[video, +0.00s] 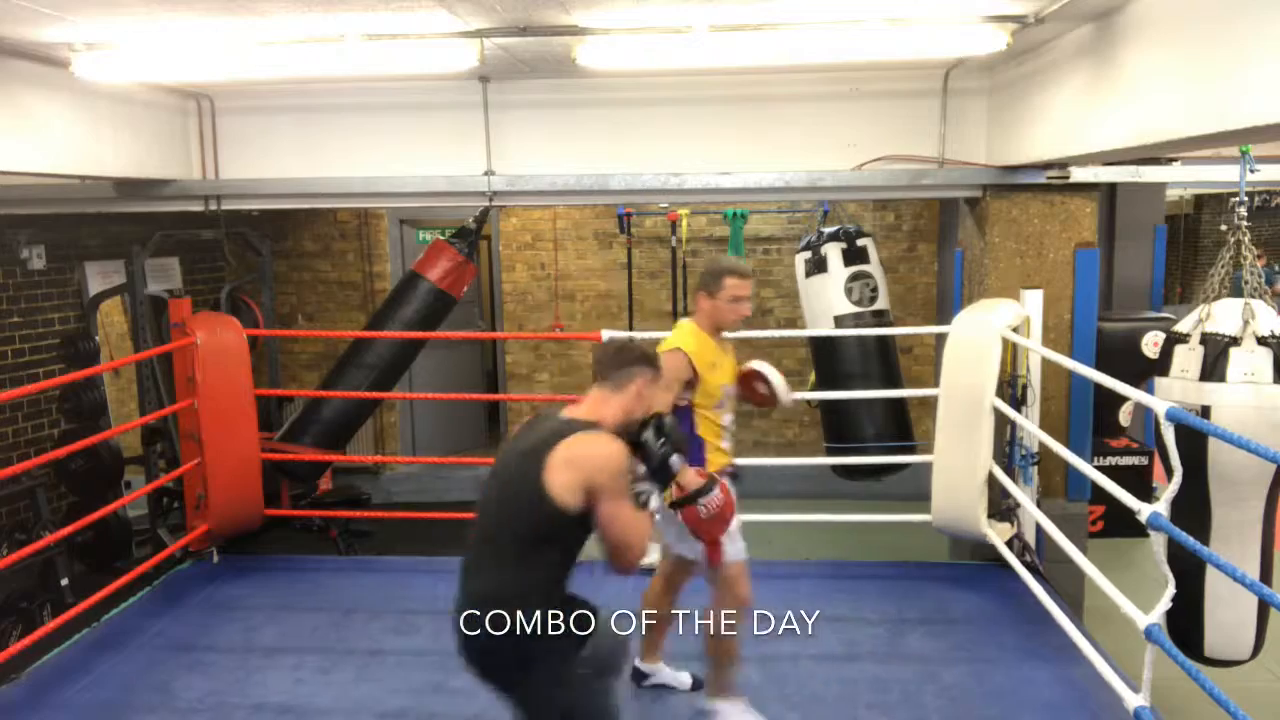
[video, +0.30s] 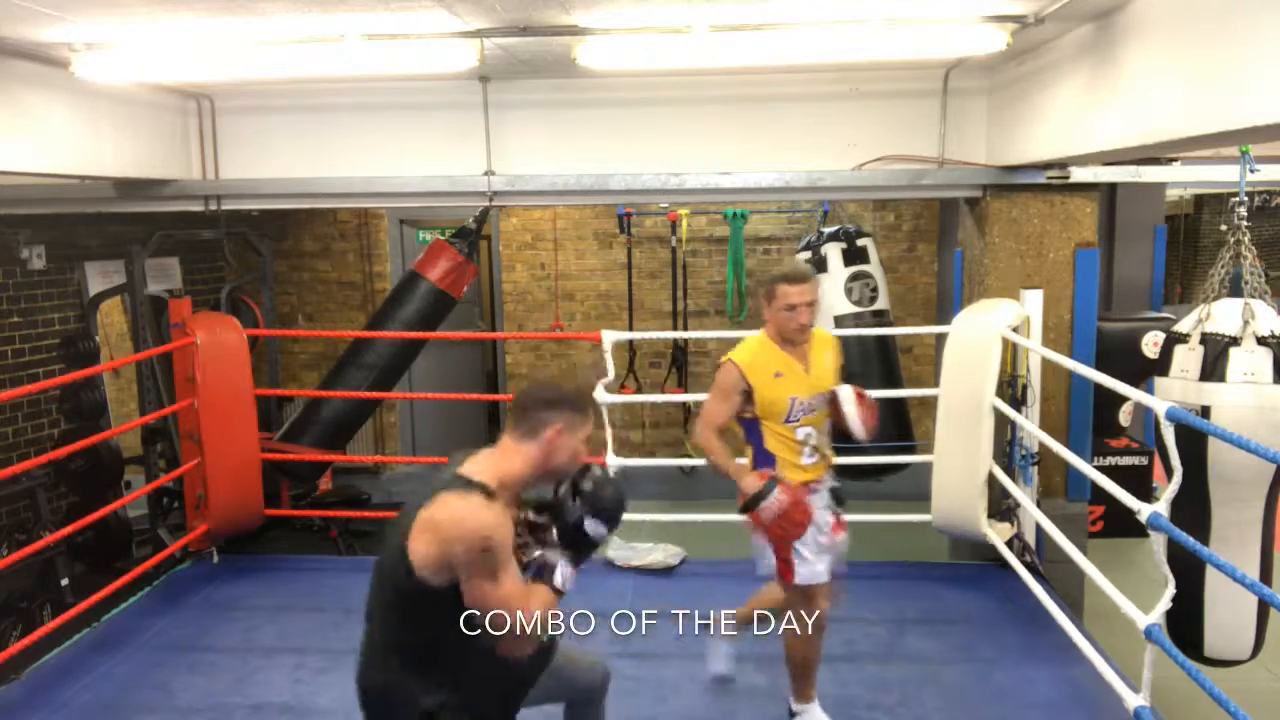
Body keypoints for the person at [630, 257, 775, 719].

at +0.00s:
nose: (745, 310)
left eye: (748, 301)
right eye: (737, 300)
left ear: (723, 302)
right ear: (703, 300)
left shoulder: (720, 345)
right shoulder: (682, 349)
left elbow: (716, 393)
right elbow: (651, 422)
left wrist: (756, 393)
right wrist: (684, 475)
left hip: (706, 481)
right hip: (699, 486)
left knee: (674, 570)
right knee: (735, 593)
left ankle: (649, 662)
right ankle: (720, 696)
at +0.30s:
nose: (804, 318)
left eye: (809, 306)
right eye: (791, 309)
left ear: (817, 305)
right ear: (766, 309)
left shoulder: (826, 346)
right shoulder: (742, 366)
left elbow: (825, 408)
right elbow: (704, 430)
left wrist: (851, 413)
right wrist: (743, 479)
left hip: (819, 485)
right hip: (781, 494)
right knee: (809, 602)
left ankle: (728, 626)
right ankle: (804, 705)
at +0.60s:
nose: (831, 309)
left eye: (842, 298)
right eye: (824, 300)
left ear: (872, 299)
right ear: (818, 302)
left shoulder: (921, 351)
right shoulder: (806, 350)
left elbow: (963, 414)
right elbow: (787, 411)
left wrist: (936, 439)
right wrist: (799, 446)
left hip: (898, 505)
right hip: (831, 505)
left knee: (925, 615)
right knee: (831, 612)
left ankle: (956, 712)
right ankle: (835, 702)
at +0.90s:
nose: (859, 304)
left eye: (871, 294)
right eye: (857, 293)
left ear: (907, 297)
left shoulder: (945, 364)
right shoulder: (879, 343)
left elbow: (986, 439)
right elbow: (889, 412)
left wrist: (910, 449)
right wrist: (849, 423)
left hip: (938, 518)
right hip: (890, 505)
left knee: (956, 626)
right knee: (877, 597)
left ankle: (974, 716)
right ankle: (923, 699)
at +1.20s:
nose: (860, 304)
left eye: (871, 295)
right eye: (860, 294)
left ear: (908, 299)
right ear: (899, 303)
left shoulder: (933, 360)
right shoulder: (897, 346)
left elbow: (937, 449)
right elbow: (863, 391)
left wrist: (859, 420)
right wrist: (828, 383)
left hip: (926, 514)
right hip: (907, 505)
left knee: (917, 630)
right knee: (944, 612)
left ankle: (972, 714)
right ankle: (961, 702)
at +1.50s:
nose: (830, 309)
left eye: (840, 300)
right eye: (830, 299)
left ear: (875, 305)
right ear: (871, 306)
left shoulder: (902, 363)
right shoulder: (871, 352)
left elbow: (892, 448)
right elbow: (842, 401)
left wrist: (825, 408)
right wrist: (809, 390)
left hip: (888, 514)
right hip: (913, 510)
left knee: (828, 615)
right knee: (936, 609)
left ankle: (843, 714)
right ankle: (964, 707)